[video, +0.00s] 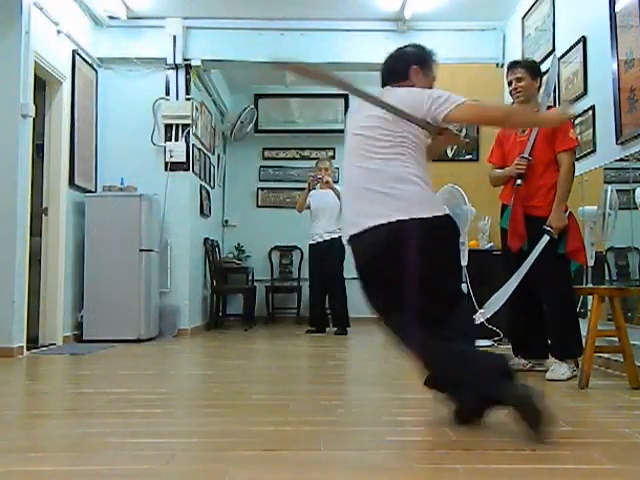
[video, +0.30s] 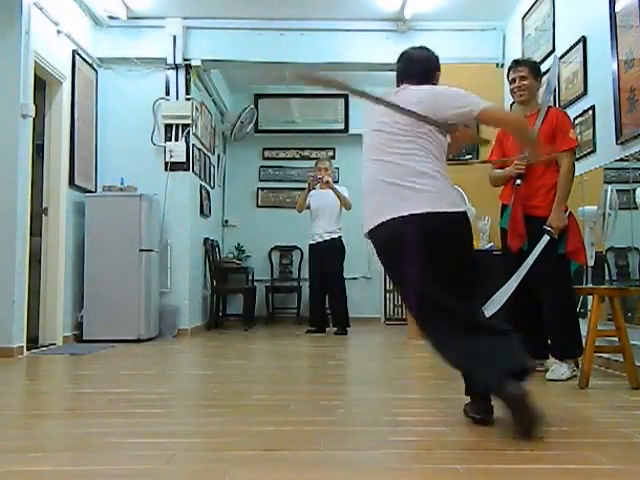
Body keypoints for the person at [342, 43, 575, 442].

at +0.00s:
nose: (433, 85)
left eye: (433, 79)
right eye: (431, 78)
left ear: (388, 74)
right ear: (413, 73)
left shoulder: (361, 106)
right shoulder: (418, 98)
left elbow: (404, 152)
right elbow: (494, 114)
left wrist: (440, 140)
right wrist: (548, 117)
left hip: (367, 232)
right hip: (423, 221)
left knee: (412, 327)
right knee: (447, 310)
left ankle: (501, 387)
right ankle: (467, 397)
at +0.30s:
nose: (440, 83)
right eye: (440, 78)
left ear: (396, 77)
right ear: (435, 77)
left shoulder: (377, 109)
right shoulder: (436, 97)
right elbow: (511, 120)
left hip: (385, 222)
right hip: (442, 213)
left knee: (434, 316)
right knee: (463, 304)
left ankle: (505, 383)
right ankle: (480, 399)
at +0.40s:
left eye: (380, 73)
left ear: (380, 74)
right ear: (420, 75)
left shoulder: (361, 98)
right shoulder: (442, 102)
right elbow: (460, 149)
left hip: (385, 219)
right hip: (443, 217)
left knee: (375, 312)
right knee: (455, 303)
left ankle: (425, 369)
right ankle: (478, 397)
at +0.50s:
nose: (352, 77)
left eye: (353, 72)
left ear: (358, 73)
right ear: (392, 74)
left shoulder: (349, 92)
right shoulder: (417, 100)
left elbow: (342, 148)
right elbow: (383, 110)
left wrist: (336, 176)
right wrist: (340, 96)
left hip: (377, 219)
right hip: (433, 220)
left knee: (338, 298)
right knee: (443, 310)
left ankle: (334, 388)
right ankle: (476, 394)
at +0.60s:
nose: (317, 79)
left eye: (319, 73)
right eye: (320, 73)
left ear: (325, 75)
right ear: (357, 74)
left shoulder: (328, 96)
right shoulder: (384, 100)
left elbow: (273, 131)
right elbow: (343, 80)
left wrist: (221, 149)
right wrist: (329, 43)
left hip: (360, 233)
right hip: (405, 231)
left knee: (296, 308)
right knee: (408, 318)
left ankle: (292, 386)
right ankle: (462, 371)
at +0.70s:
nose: (281, 89)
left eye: (283, 82)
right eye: (281, 83)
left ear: (296, 79)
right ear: (319, 77)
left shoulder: (306, 105)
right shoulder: (347, 106)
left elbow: (240, 118)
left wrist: (173, 102)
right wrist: (327, 70)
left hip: (343, 232)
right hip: (372, 232)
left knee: (281, 297)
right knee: (342, 314)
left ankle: (284, 389)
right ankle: (399, 354)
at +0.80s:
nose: (255, 97)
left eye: (258, 89)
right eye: (255, 91)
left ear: (272, 85)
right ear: (287, 85)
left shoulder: (306, 114)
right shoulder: (298, 125)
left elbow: (242, 137)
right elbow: (260, 163)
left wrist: (203, 87)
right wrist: (251, 124)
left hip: (336, 236)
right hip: (318, 236)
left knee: (265, 297)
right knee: (267, 296)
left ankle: (283, 390)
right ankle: (298, 346)